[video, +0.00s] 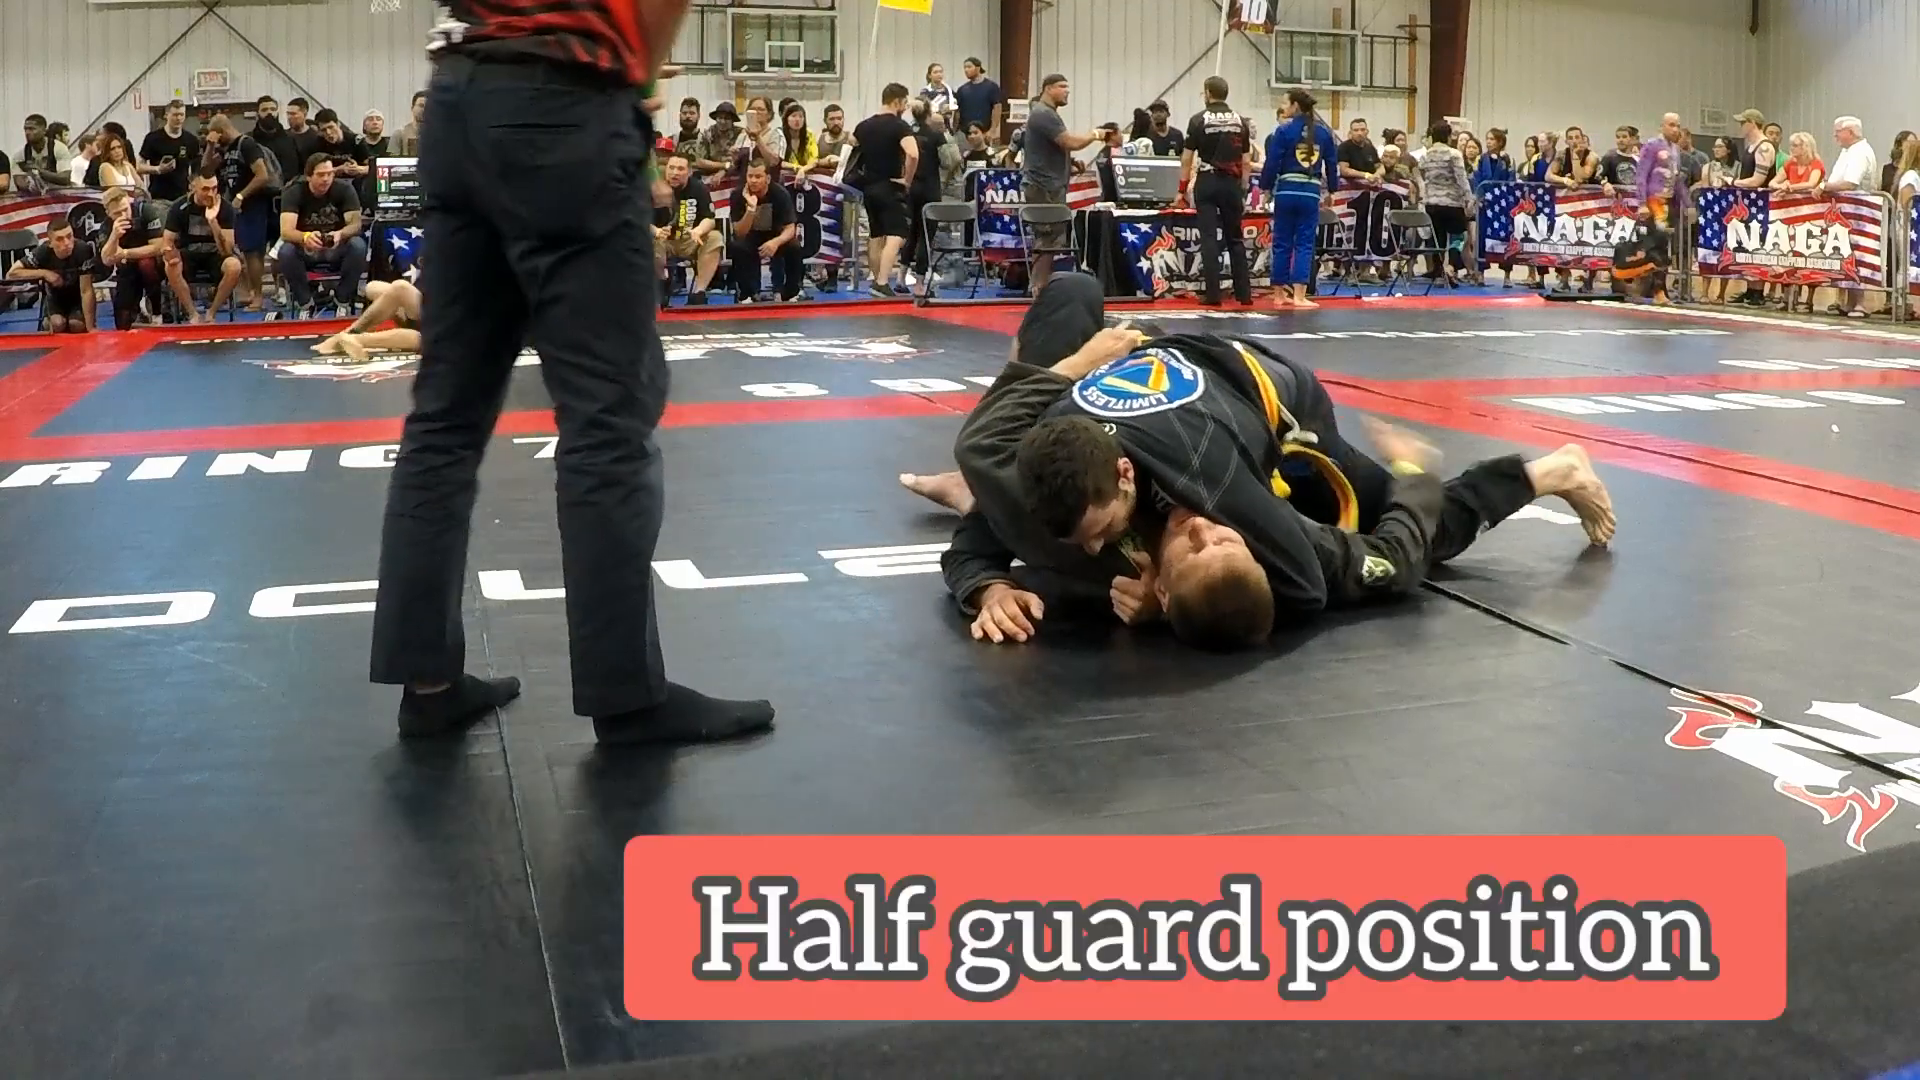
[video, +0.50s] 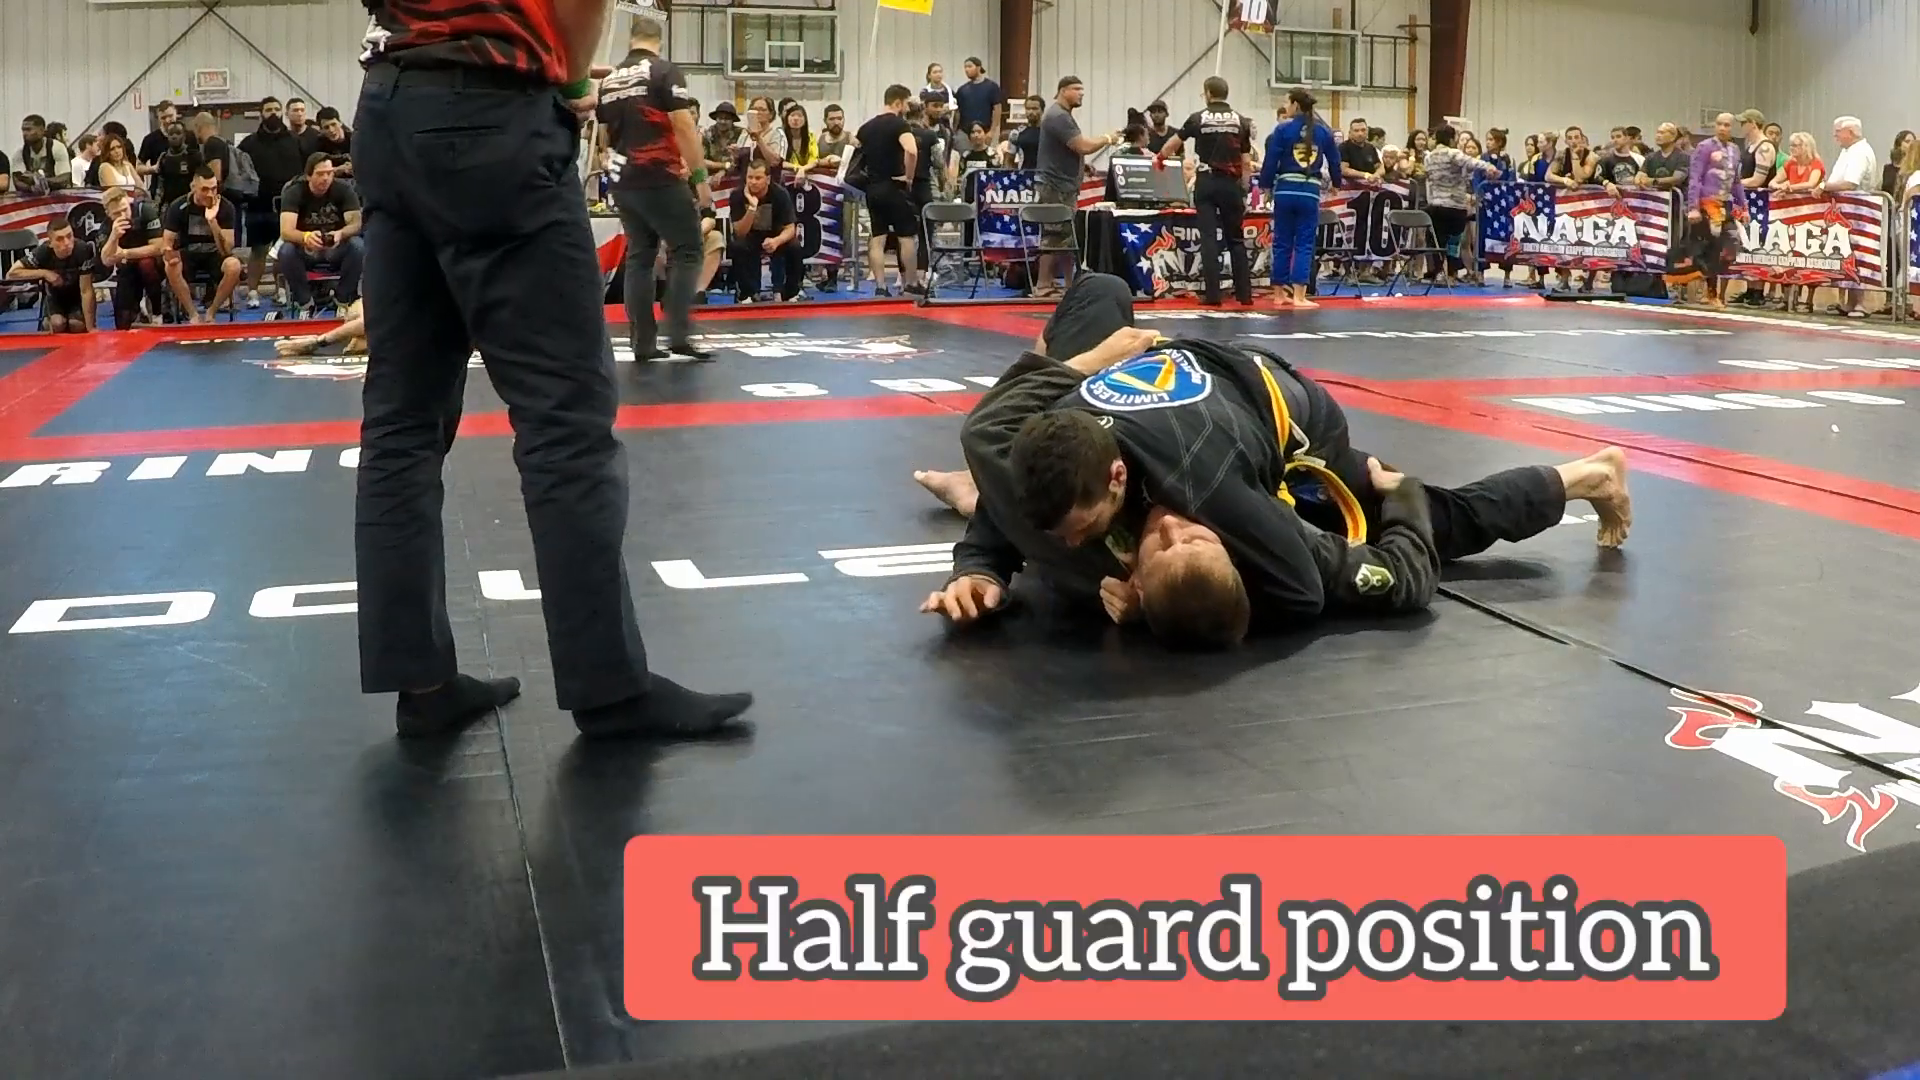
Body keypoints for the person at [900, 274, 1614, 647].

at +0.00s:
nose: (1091, 543)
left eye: (1100, 531)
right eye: (1072, 537)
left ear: (1129, 488)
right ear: (1027, 508)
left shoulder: (1203, 489)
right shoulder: (1004, 475)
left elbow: (1313, 582)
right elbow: (966, 554)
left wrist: (1166, 607)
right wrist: (983, 593)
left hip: (1255, 387)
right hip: (1141, 355)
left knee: (1392, 531)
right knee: (1063, 288)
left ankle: (1539, 469)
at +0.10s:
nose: (1095, 541)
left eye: (1104, 531)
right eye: (1075, 535)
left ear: (1130, 481)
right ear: (1028, 500)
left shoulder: (1206, 485)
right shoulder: (1008, 470)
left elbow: (1312, 595)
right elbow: (979, 550)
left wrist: (1157, 603)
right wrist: (989, 592)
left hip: (1265, 393)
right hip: (1158, 356)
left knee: (1412, 547)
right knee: (1079, 285)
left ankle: (1559, 472)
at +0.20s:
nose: (1090, 540)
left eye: (1100, 530)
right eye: (1070, 535)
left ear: (1125, 479)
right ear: (1024, 499)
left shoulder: (1200, 481)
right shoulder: (1012, 470)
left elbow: (1317, 590)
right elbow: (980, 549)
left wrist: (1148, 604)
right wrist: (985, 593)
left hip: (1277, 405)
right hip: (1170, 359)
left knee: (1422, 530)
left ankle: (1577, 472)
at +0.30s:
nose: (1093, 539)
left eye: (1101, 531)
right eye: (1067, 533)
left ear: (1121, 479)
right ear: (1022, 497)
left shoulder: (1202, 487)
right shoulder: (1015, 467)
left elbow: (1310, 594)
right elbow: (997, 551)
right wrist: (982, 582)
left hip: (1283, 403)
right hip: (1182, 356)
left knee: (1414, 531)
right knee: (1096, 284)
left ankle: (1587, 475)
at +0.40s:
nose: (1082, 539)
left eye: (1093, 530)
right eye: (1060, 533)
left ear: (1117, 478)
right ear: (1020, 490)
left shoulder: (1200, 487)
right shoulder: (1014, 457)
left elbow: (1307, 591)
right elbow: (999, 536)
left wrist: (1147, 601)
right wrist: (978, 576)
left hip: (1283, 407)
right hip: (1180, 355)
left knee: (1414, 532)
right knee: (1096, 285)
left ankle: (1588, 476)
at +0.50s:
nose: (1068, 543)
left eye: (1092, 536)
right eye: (1055, 536)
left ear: (1115, 482)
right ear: (1016, 485)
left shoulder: (1201, 493)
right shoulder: (1012, 455)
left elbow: (1309, 595)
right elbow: (996, 534)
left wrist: (1142, 604)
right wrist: (976, 573)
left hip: (1287, 415)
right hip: (1193, 358)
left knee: (1416, 529)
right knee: (1093, 289)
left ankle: (1588, 474)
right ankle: (985, 533)